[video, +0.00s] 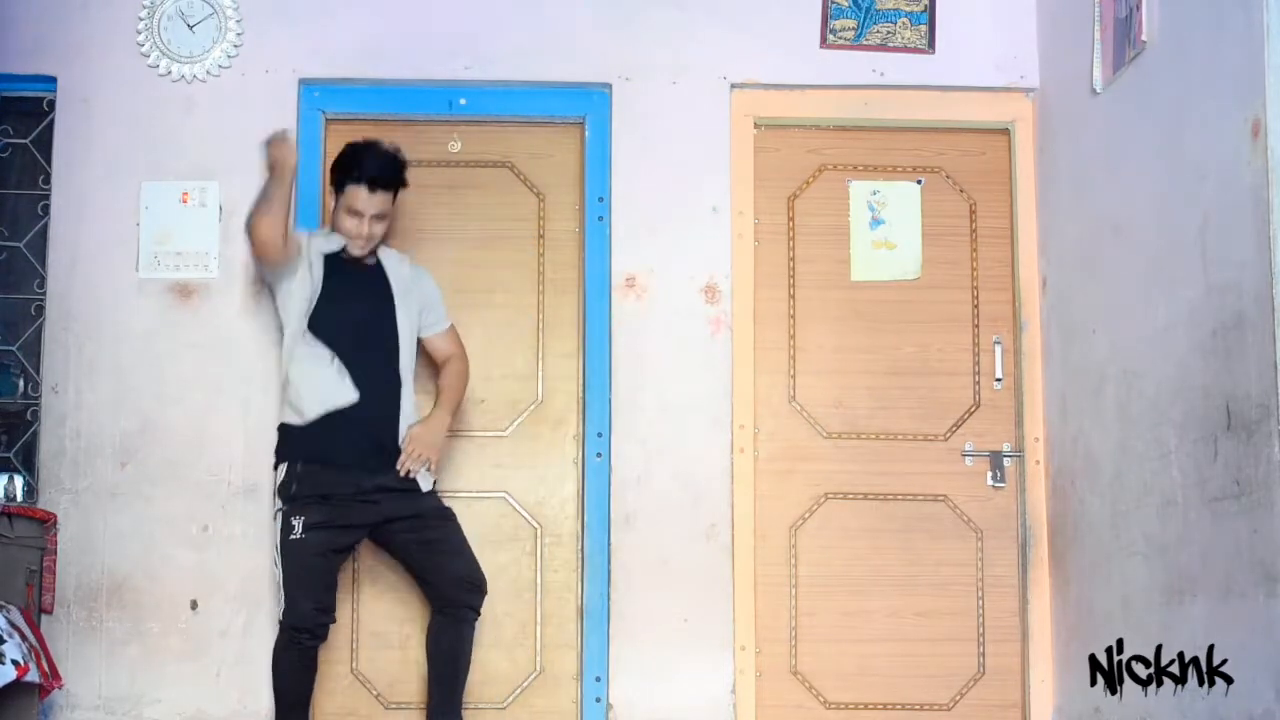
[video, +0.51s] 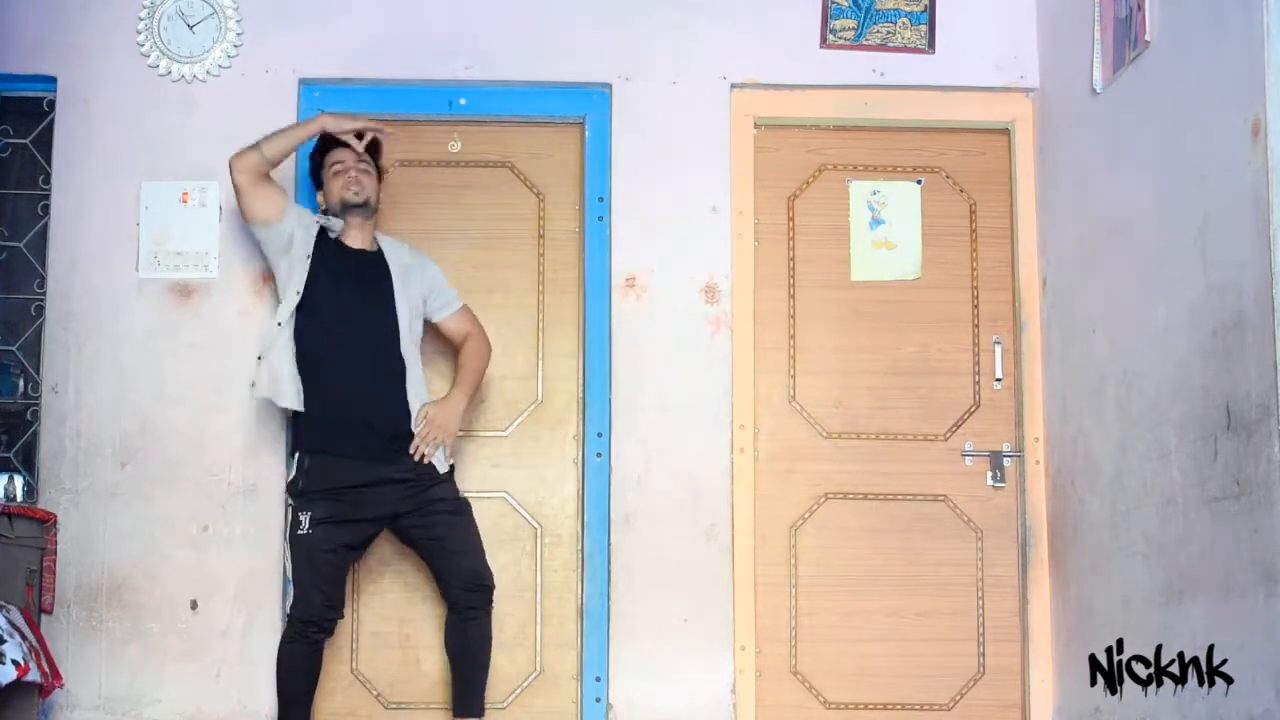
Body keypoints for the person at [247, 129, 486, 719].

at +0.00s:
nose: (363, 228)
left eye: (378, 217)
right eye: (353, 212)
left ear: (394, 212)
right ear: (331, 201)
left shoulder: (409, 279)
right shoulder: (301, 258)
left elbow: (453, 360)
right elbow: (266, 240)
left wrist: (438, 423)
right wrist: (281, 177)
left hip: (395, 480)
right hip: (313, 482)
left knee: (461, 590)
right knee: (303, 623)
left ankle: (445, 715)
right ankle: (290, 718)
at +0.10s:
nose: (355, 262)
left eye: (367, 251)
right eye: (345, 248)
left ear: (381, 239)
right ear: (321, 229)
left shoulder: (401, 291)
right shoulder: (282, 287)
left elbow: (457, 365)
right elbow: (260, 340)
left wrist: (435, 433)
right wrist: (316, 264)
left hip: (390, 491)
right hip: (309, 496)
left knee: (464, 592)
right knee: (305, 628)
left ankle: (446, 716)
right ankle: (289, 718)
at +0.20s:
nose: (348, 266)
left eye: (360, 253)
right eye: (335, 252)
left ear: (375, 242)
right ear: (314, 239)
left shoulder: (400, 294)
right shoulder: (283, 284)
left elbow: (455, 365)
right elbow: (242, 317)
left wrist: (436, 432)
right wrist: (328, 291)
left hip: (393, 496)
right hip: (311, 503)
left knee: (470, 587)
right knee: (304, 632)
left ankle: (450, 715)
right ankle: (289, 718)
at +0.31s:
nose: (348, 224)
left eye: (357, 211)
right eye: (336, 213)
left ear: (375, 211)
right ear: (315, 215)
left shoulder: (400, 279)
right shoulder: (285, 273)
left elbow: (455, 352)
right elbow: (243, 241)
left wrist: (443, 416)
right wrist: (324, 211)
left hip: (400, 479)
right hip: (318, 484)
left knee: (470, 581)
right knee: (308, 623)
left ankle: (455, 713)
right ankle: (290, 717)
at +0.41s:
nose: (348, 178)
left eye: (358, 170)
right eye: (333, 173)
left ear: (372, 189)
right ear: (314, 195)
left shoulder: (405, 268)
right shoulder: (291, 243)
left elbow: (461, 343)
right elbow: (245, 169)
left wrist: (452, 405)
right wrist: (318, 131)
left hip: (409, 469)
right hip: (326, 471)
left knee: (471, 584)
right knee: (312, 617)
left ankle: (464, 714)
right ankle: (292, 719)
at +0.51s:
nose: (354, 172)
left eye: (364, 166)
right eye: (340, 169)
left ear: (379, 188)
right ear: (322, 192)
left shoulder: (411, 265)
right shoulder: (296, 241)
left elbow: (474, 339)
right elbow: (245, 168)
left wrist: (457, 403)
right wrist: (317, 125)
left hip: (412, 467)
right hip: (327, 472)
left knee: (472, 588)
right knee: (311, 618)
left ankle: (469, 715)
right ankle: (292, 718)